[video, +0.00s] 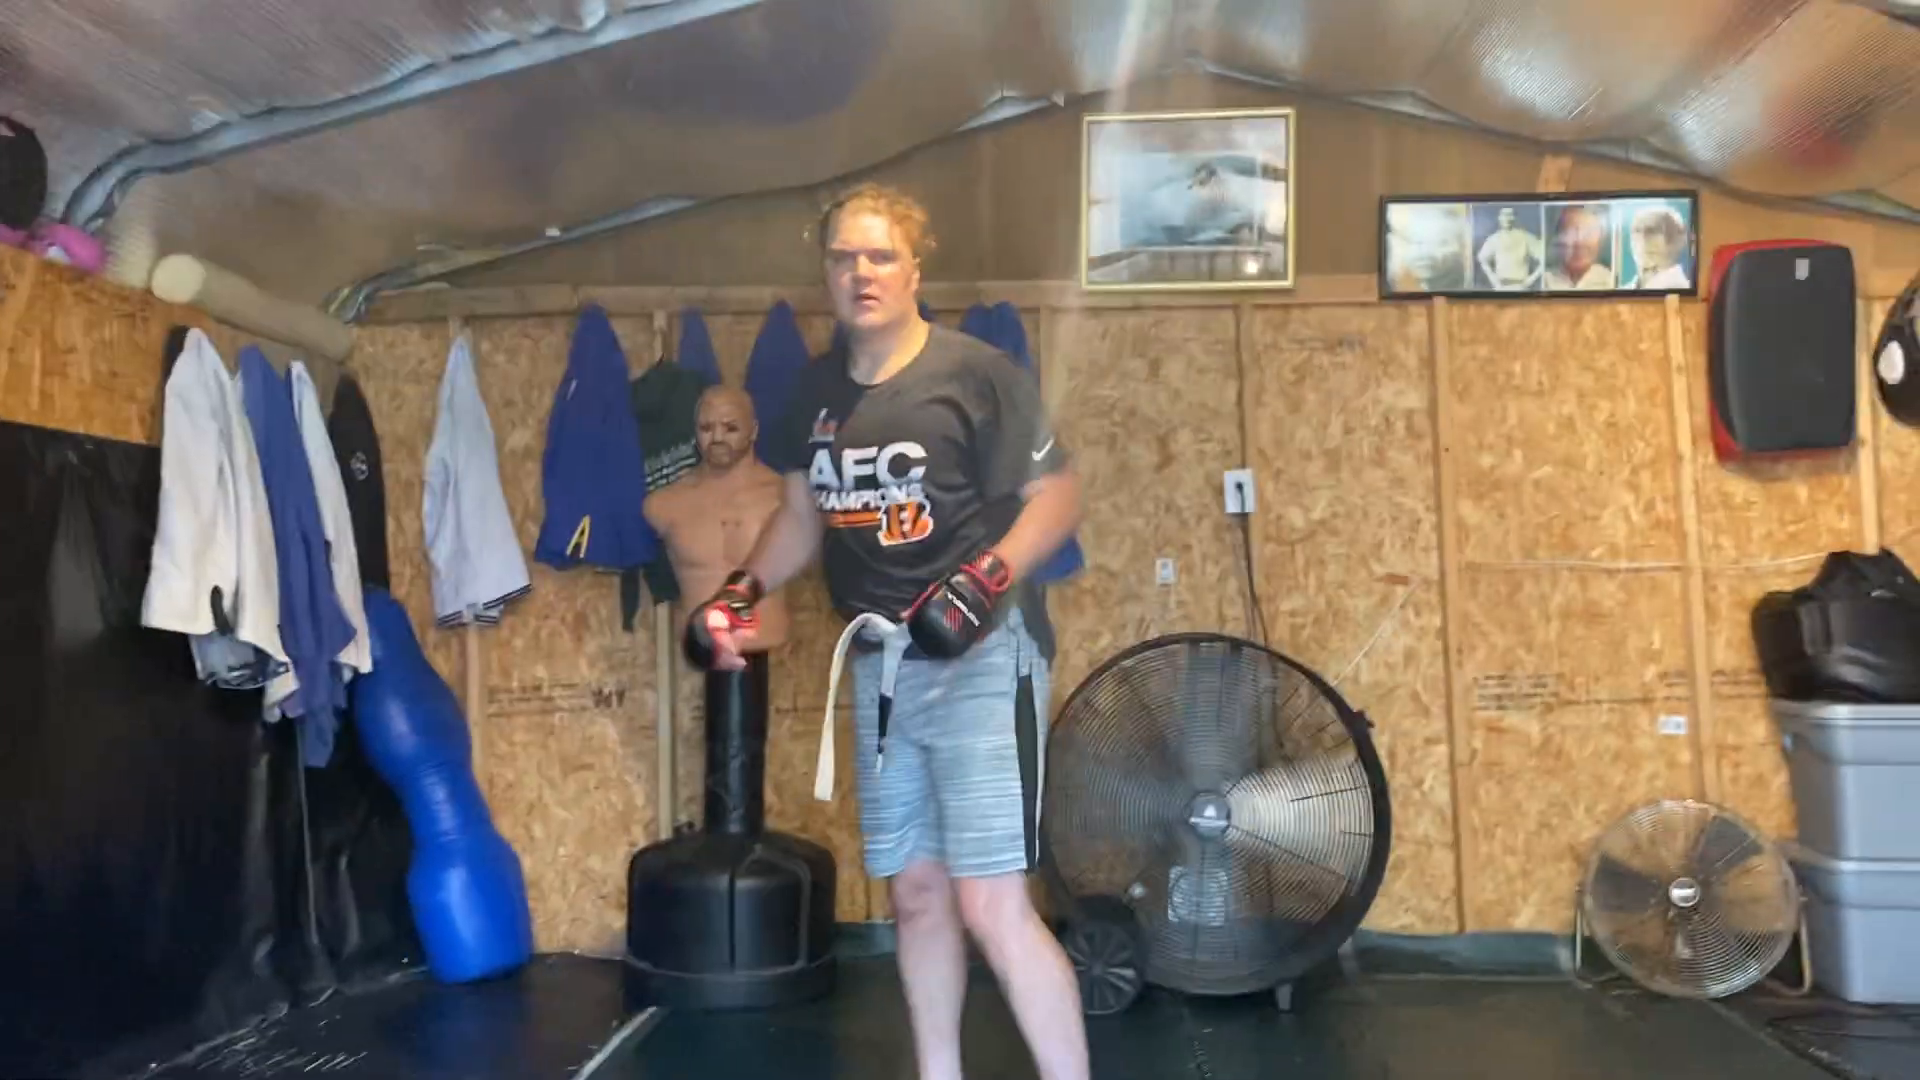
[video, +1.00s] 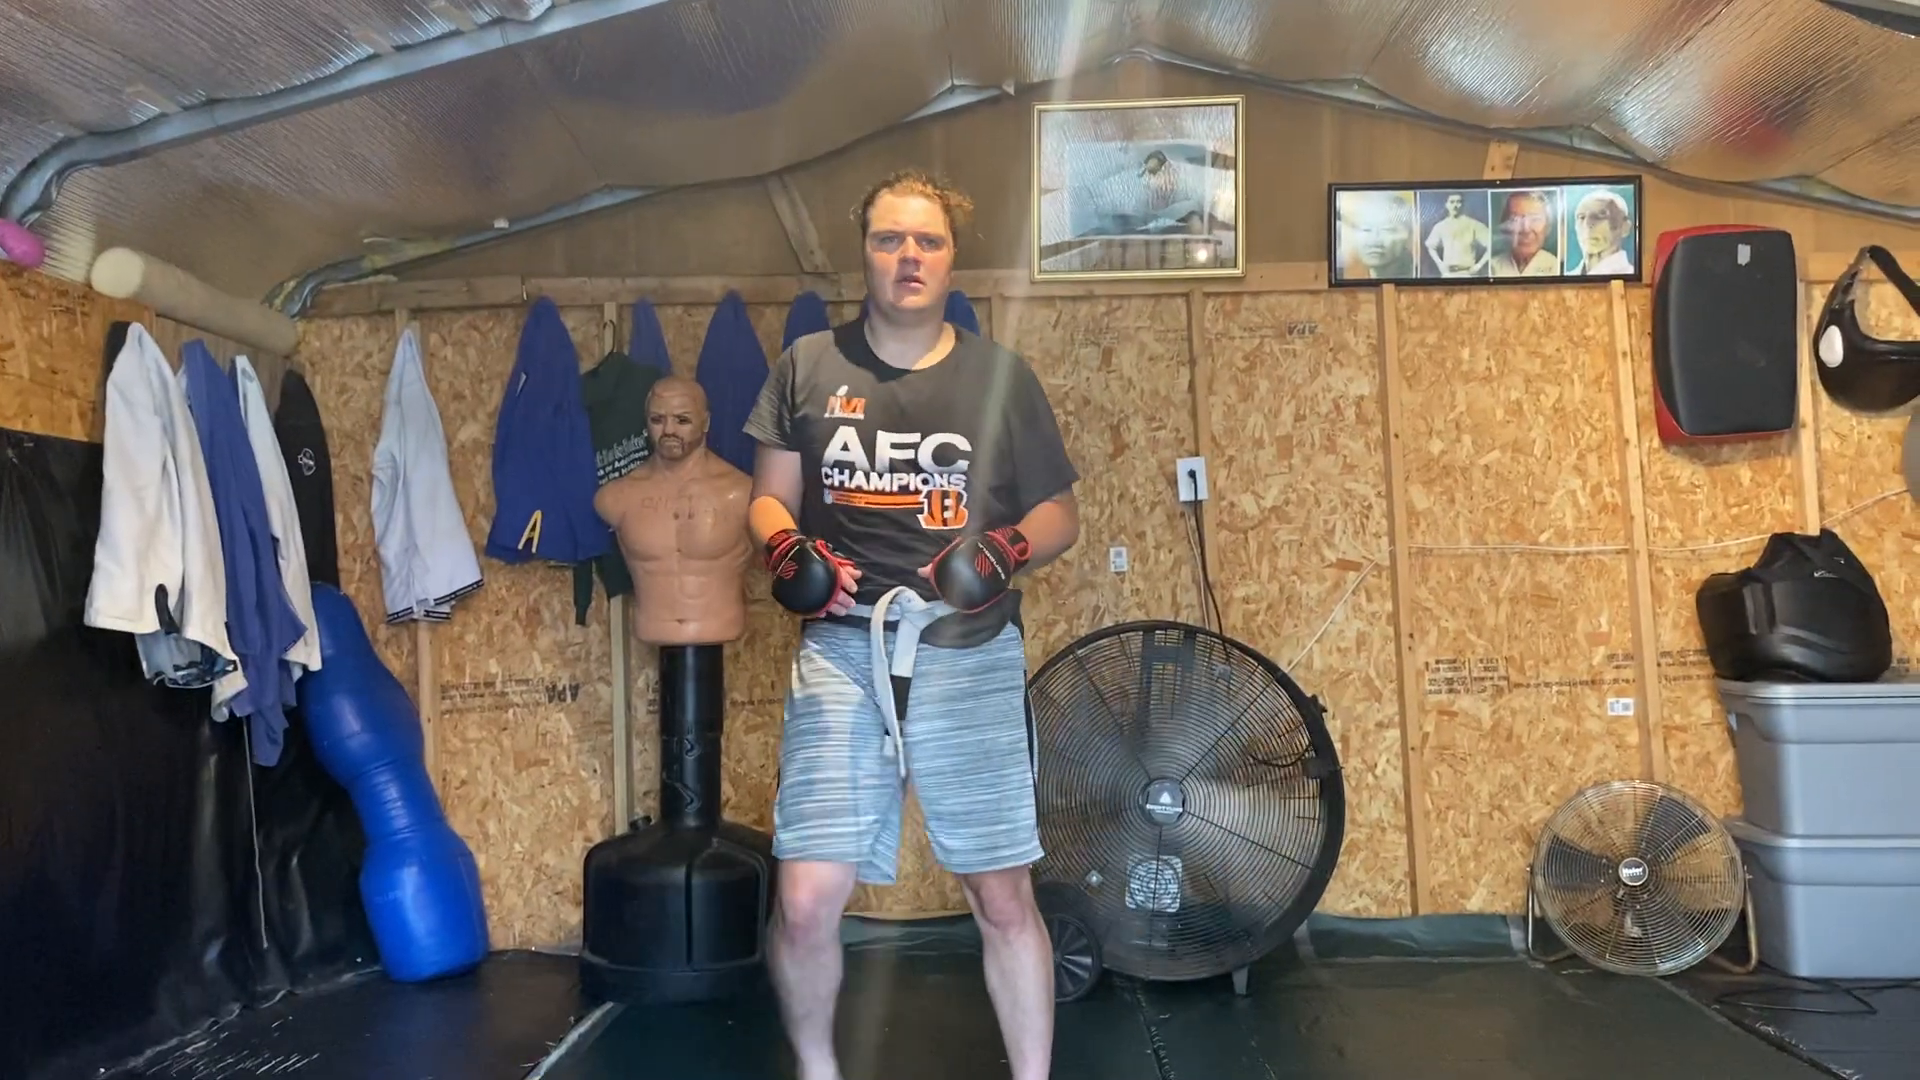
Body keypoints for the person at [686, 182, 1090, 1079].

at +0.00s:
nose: (861, 274)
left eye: (880, 258)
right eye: (844, 259)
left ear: (915, 272)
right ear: (825, 276)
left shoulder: (981, 374)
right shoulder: (819, 390)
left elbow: (1058, 495)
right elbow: (800, 517)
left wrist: (985, 578)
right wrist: (742, 592)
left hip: (979, 659)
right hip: (880, 665)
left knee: (990, 896)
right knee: (917, 892)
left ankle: (1070, 1074)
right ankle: (940, 1076)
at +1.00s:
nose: (908, 256)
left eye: (928, 241)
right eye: (890, 240)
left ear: (954, 262)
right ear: (864, 259)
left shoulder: (1002, 377)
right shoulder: (806, 368)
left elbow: (1058, 513)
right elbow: (772, 496)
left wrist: (1005, 550)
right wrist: (788, 550)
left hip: (969, 660)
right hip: (840, 655)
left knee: (1003, 897)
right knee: (805, 902)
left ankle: (1032, 1074)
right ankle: (817, 1071)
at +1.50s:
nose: (776, 239)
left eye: (793, 222)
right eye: (755, 223)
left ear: (821, 239)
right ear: (725, 241)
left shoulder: (886, 355)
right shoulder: (676, 369)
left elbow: (946, 484)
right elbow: (635, 511)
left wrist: (917, 550)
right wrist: (671, 570)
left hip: (886, 653)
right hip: (750, 658)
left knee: (952, 899)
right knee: (766, 922)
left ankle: (1006, 1074)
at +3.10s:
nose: (895, 228)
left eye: (914, 213)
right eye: (876, 210)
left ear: (939, 235)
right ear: (844, 229)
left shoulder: (985, 362)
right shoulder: (782, 341)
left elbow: (1030, 496)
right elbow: (724, 483)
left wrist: (1012, 554)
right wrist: (761, 557)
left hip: (943, 655)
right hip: (806, 648)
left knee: (945, 914)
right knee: (788, 913)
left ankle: (953, 1079)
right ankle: (752, 1076)